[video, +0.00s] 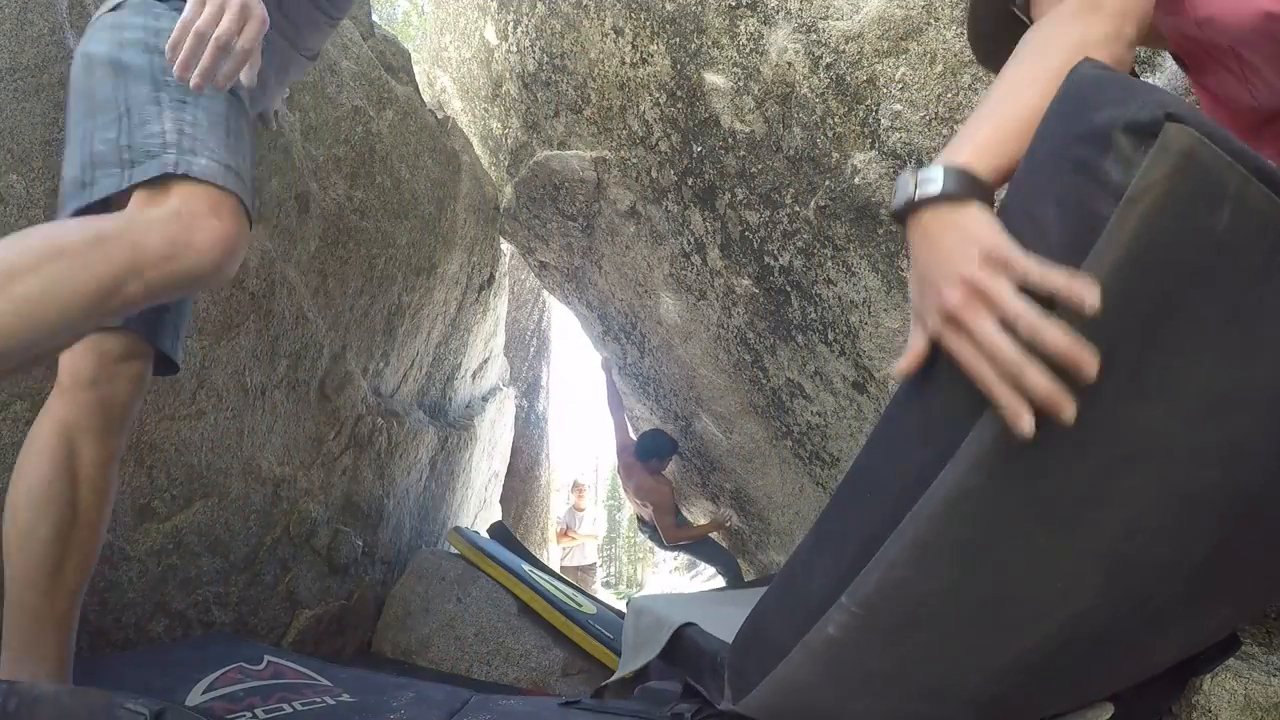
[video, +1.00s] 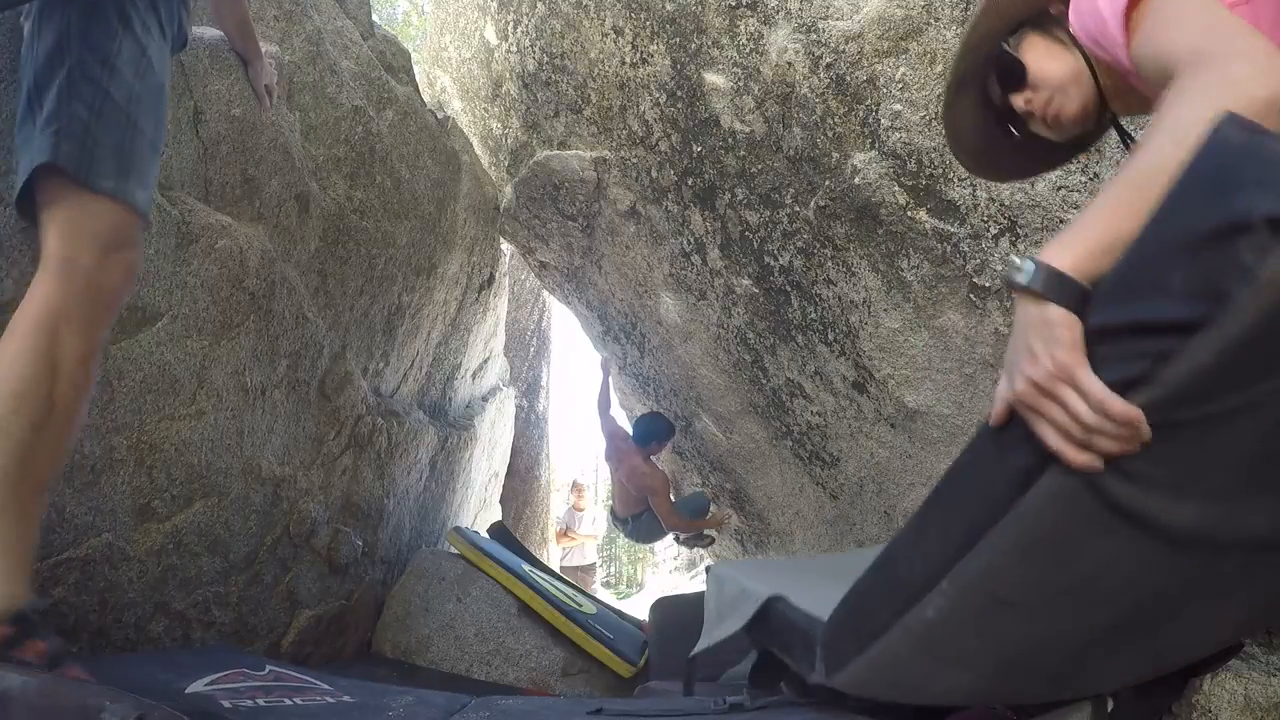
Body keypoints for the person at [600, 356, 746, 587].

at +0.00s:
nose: (668, 463)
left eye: (669, 459)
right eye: (667, 459)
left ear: (643, 450)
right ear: (656, 461)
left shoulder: (626, 452)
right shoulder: (660, 490)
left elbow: (616, 412)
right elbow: (670, 537)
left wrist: (608, 374)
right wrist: (713, 527)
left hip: (644, 524)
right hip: (667, 532)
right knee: (726, 561)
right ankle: (739, 596)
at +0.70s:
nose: (664, 448)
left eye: (665, 444)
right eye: (663, 444)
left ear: (636, 432)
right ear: (652, 444)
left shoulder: (616, 440)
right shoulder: (653, 480)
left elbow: (604, 409)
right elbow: (673, 525)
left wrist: (605, 375)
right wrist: (710, 524)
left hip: (621, 518)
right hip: (644, 528)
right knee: (712, 534)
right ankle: (707, 584)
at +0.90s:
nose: (665, 446)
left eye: (666, 442)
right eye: (664, 442)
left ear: (637, 429)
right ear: (655, 444)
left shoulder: (616, 438)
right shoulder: (654, 479)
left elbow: (603, 411)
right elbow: (672, 524)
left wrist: (605, 375)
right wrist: (710, 524)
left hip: (617, 517)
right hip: (641, 529)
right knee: (704, 511)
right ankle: (693, 549)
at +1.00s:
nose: (666, 446)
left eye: (667, 442)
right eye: (665, 442)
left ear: (637, 430)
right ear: (655, 445)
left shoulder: (616, 438)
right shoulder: (654, 478)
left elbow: (603, 411)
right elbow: (671, 524)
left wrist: (605, 375)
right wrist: (711, 524)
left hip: (616, 517)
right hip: (638, 528)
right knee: (701, 500)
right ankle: (689, 537)